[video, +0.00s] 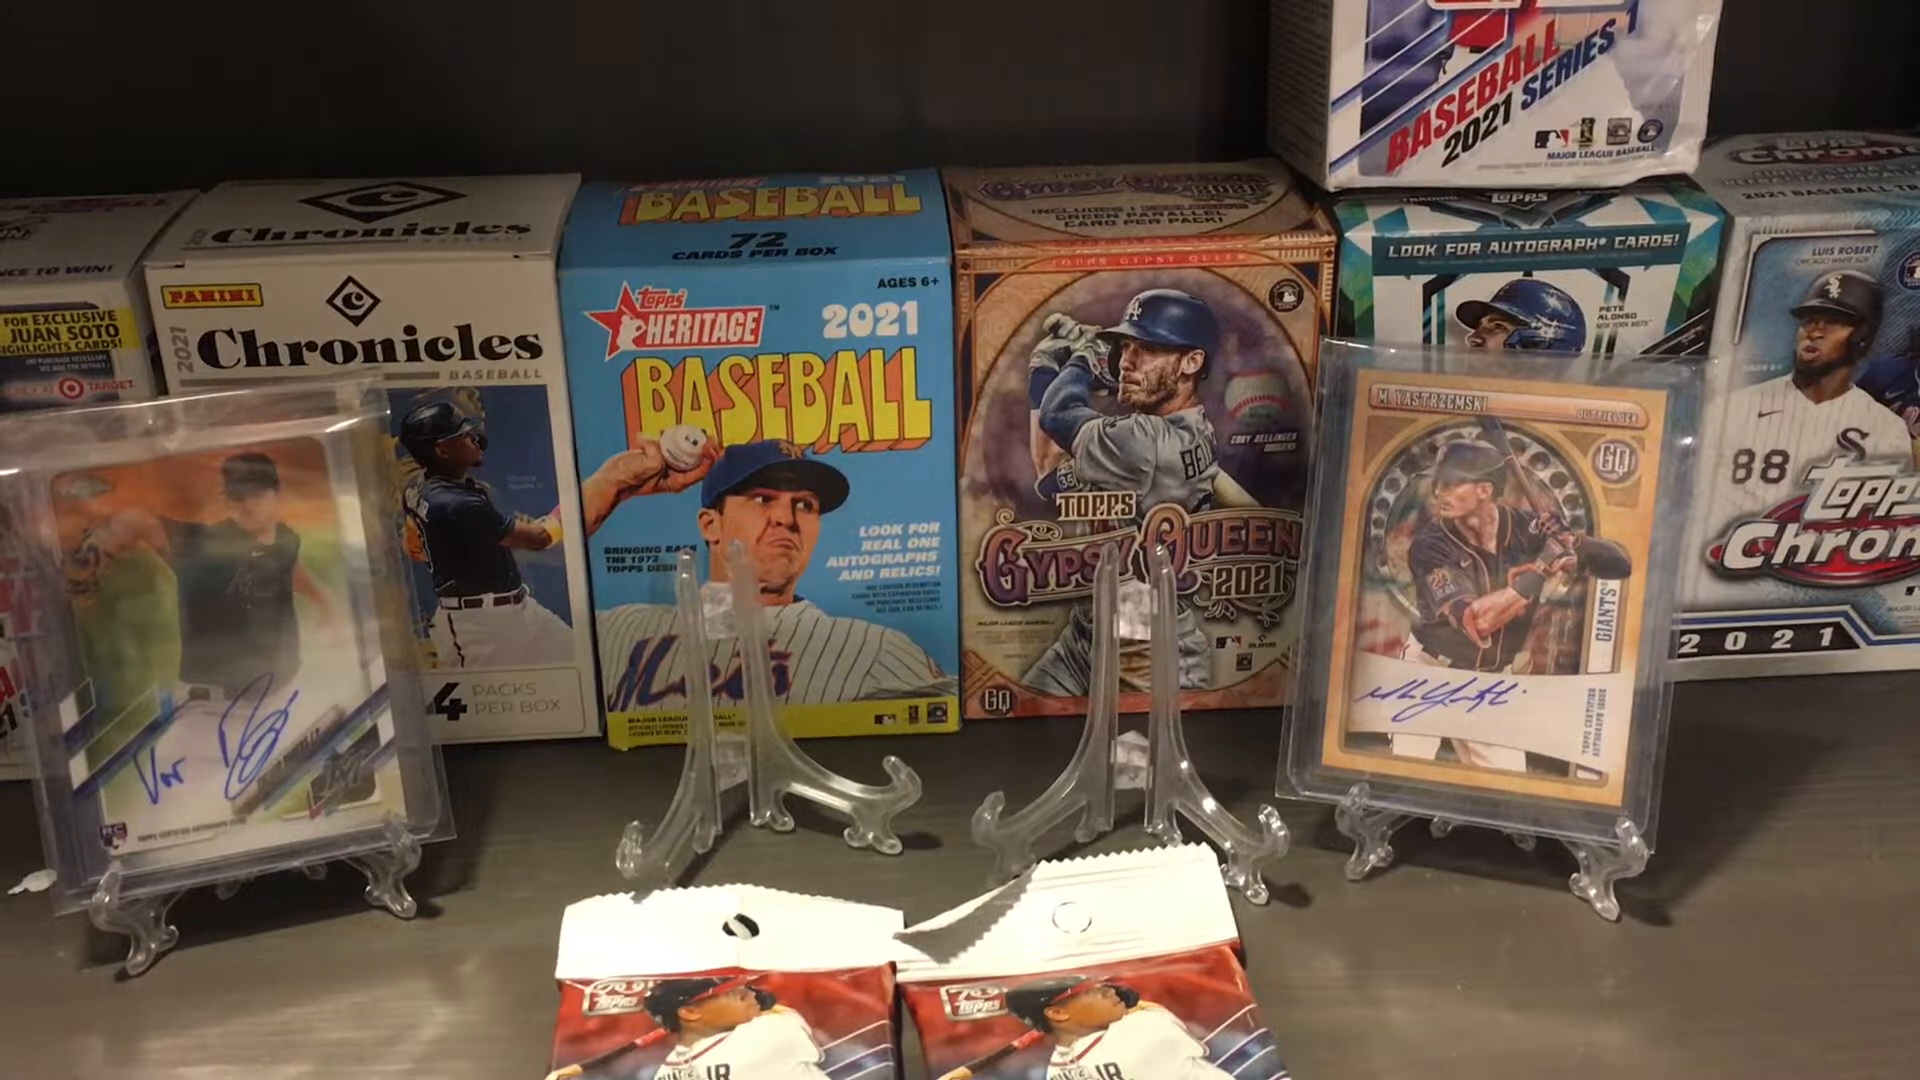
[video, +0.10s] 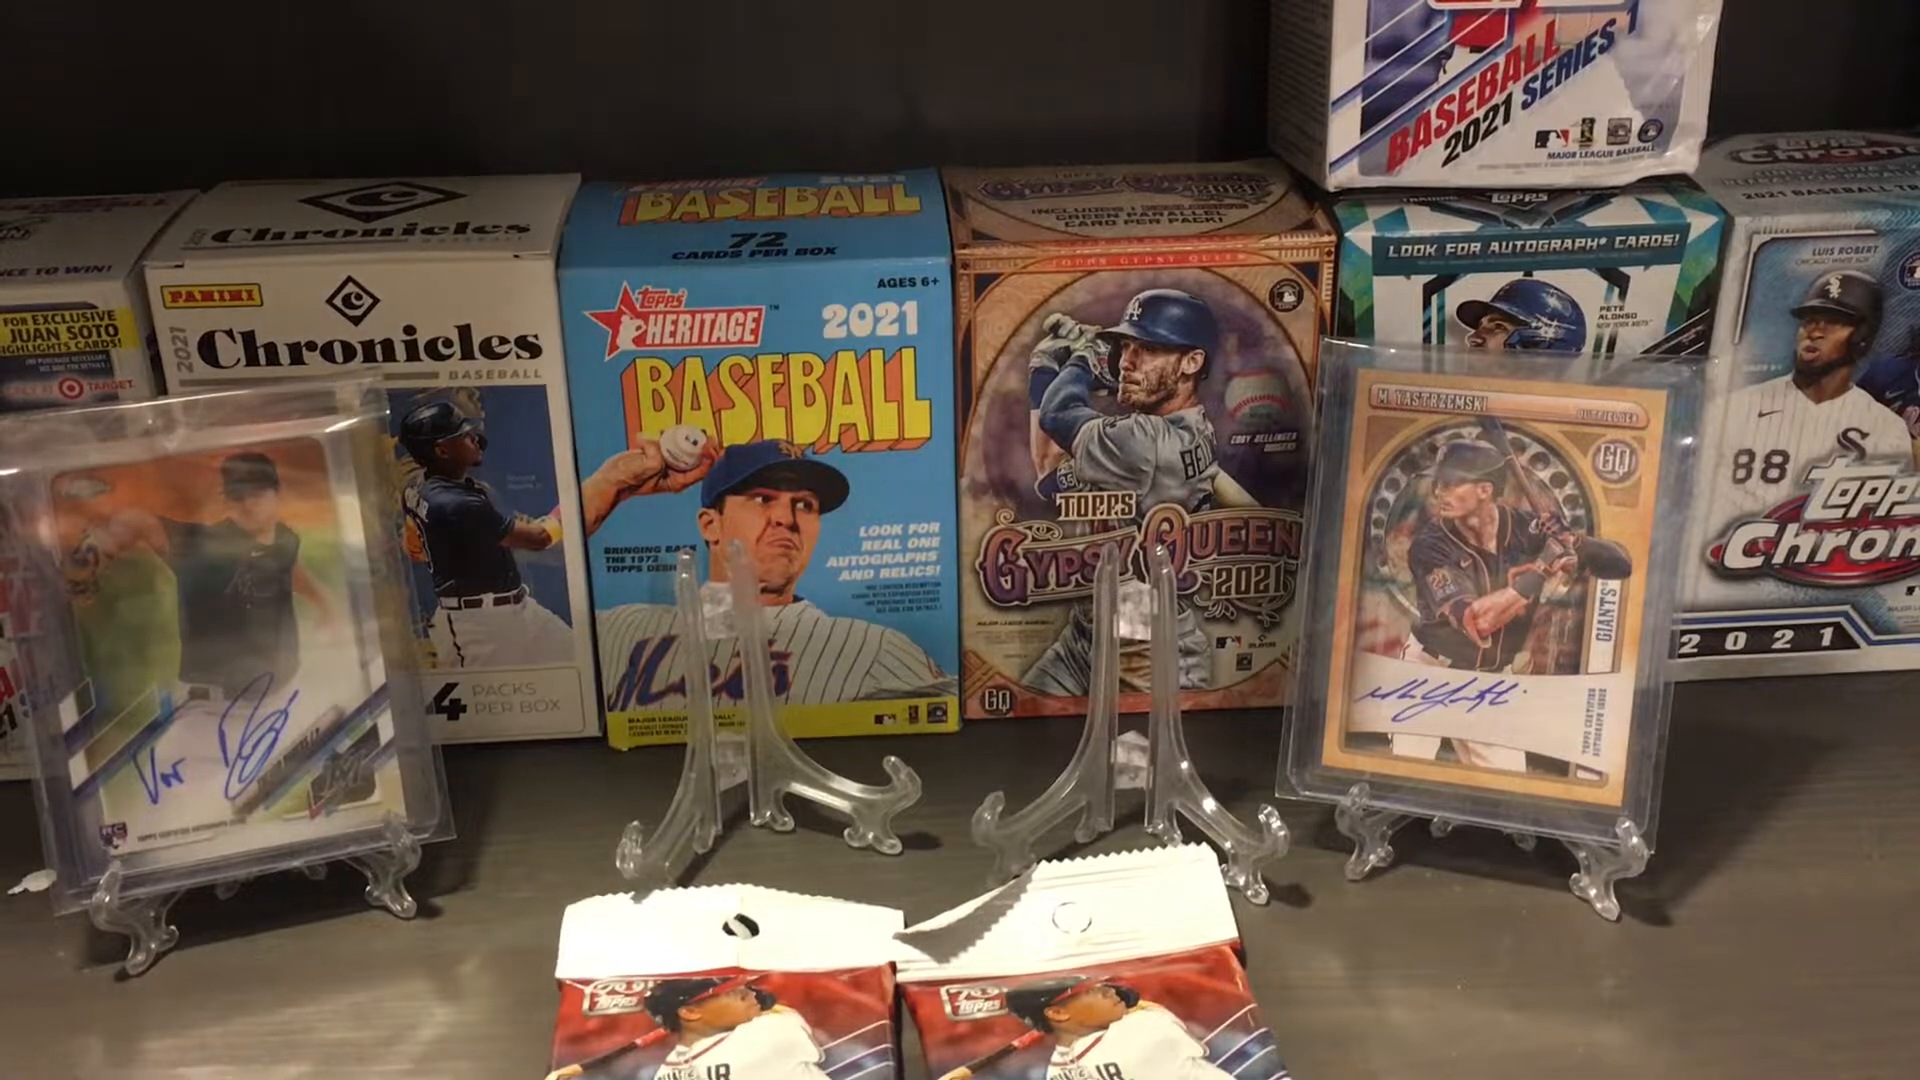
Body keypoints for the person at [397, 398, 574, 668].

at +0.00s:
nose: (476, 437)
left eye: (470, 431)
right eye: (465, 434)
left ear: (443, 451)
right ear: (442, 450)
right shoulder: (460, 507)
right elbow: (539, 538)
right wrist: (569, 510)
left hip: (519, 608)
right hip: (474, 623)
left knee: (587, 665)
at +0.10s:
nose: (475, 436)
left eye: (469, 430)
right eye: (464, 434)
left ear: (443, 451)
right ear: (442, 450)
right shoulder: (460, 507)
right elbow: (539, 538)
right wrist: (570, 509)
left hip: (519, 609)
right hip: (474, 623)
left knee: (587, 664)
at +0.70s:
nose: (474, 436)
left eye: (469, 430)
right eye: (464, 434)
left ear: (442, 451)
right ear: (441, 450)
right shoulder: (459, 505)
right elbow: (538, 537)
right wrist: (569, 512)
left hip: (520, 609)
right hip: (474, 623)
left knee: (588, 664)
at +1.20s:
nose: (474, 435)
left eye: (468, 429)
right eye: (463, 433)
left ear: (442, 451)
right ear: (442, 450)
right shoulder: (461, 506)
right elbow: (539, 537)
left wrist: (534, 524)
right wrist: (569, 511)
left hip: (520, 610)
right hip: (474, 624)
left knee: (589, 664)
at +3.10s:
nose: (475, 436)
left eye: (469, 430)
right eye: (464, 433)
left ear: (443, 451)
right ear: (442, 450)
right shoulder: (460, 507)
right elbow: (539, 537)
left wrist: (538, 524)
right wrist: (570, 508)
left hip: (519, 609)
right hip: (474, 622)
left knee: (588, 664)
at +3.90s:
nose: (475, 436)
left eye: (469, 430)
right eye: (464, 433)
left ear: (443, 451)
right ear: (442, 450)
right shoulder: (460, 507)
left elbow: (507, 522)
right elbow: (539, 537)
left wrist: (540, 524)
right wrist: (573, 506)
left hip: (520, 609)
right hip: (475, 623)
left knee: (588, 664)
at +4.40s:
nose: (475, 437)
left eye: (470, 431)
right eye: (465, 433)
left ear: (443, 451)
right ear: (442, 450)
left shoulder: (421, 489)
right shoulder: (460, 507)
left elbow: (507, 522)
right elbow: (538, 538)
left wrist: (547, 521)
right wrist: (570, 508)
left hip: (519, 609)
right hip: (473, 622)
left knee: (587, 664)